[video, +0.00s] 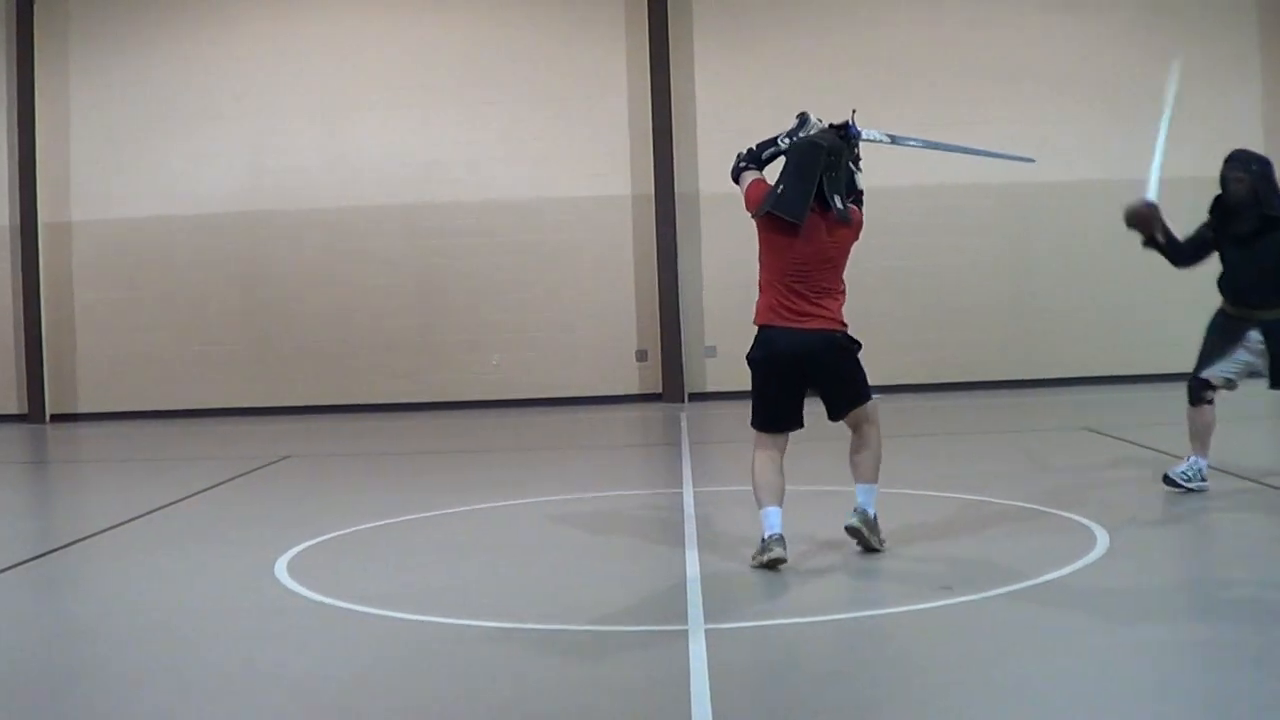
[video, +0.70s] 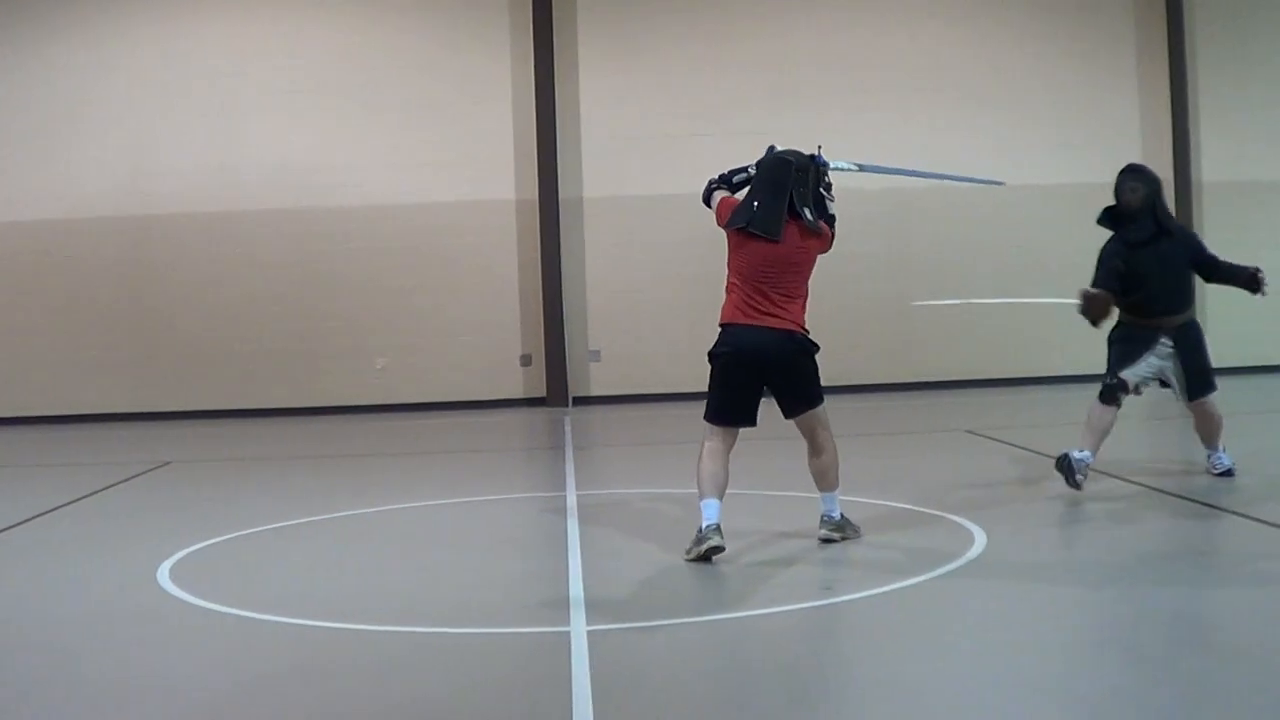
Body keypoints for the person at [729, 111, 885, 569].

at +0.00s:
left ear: (794, 174)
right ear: (838, 180)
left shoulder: (768, 207)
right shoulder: (847, 222)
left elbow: (745, 167)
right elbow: (850, 192)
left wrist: (787, 142)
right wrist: (845, 156)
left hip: (774, 342)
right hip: (829, 342)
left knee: (769, 445)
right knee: (864, 425)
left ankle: (772, 536)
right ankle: (865, 510)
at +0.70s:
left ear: (760, 187)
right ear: (803, 193)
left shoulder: (737, 218)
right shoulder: (813, 235)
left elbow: (714, 192)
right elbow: (825, 220)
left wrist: (750, 176)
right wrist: (817, 185)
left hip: (735, 343)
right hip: (789, 346)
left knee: (717, 439)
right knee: (818, 436)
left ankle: (709, 527)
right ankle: (832, 517)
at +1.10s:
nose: (759, 210)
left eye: (757, 203)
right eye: (756, 203)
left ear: (707, 207)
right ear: (750, 209)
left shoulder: (685, 253)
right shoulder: (764, 261)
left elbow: (660, 308)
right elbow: (766, 328)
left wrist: (705, 310)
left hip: (693, 374)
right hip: (747, 373)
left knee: (682, 457)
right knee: (794, 445)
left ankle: (642, 524)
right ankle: (828, 518)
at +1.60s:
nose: (668, 197)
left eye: (667, 188)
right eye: (665, 189)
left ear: (623, 190)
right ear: (652, 190)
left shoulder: (601, 230)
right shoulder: (654, 235)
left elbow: (603, 310)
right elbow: (663, 307)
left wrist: (651, 355)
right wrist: (690, 344)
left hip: (568, 343)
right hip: (588, 347)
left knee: (611, 440)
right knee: (591, 450)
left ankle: (624, 537)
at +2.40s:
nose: (683, 212)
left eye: (681, 202)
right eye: (679, 203)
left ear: (631, 205)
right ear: (666, 207)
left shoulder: (607, 247)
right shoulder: (654, 249)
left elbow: (619, 334)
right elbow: (676, 323)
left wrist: (674, 336)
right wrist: (691, 311)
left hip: (584, 363)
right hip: (574, 362)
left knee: (629, 452)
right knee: (604, 461)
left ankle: (619, 543)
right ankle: (520, 540)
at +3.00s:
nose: (680, 170)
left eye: (677, 159)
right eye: (677, 161)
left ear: (624, 163)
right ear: (664, 165)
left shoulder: (602, 213)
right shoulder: (658, 219)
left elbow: (600, 284)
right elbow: (661, 302)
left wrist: (663, 286)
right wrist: (679, 307)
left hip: (571, 347)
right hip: (601, 355)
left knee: (641, 442)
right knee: (605, 468)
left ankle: (641, 553)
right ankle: (559, 585)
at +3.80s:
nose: (766, 244)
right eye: (764, 237)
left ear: (713, 239)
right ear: (758, 238)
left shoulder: (695, 283)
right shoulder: (769, 283)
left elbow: (717, 347)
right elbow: (789, 343)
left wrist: (770, 345)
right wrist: (795, 326)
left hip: (660, 400)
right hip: (706, 400)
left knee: (714, 463)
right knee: (737, 513)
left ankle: (739, 539)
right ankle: (668, 595)